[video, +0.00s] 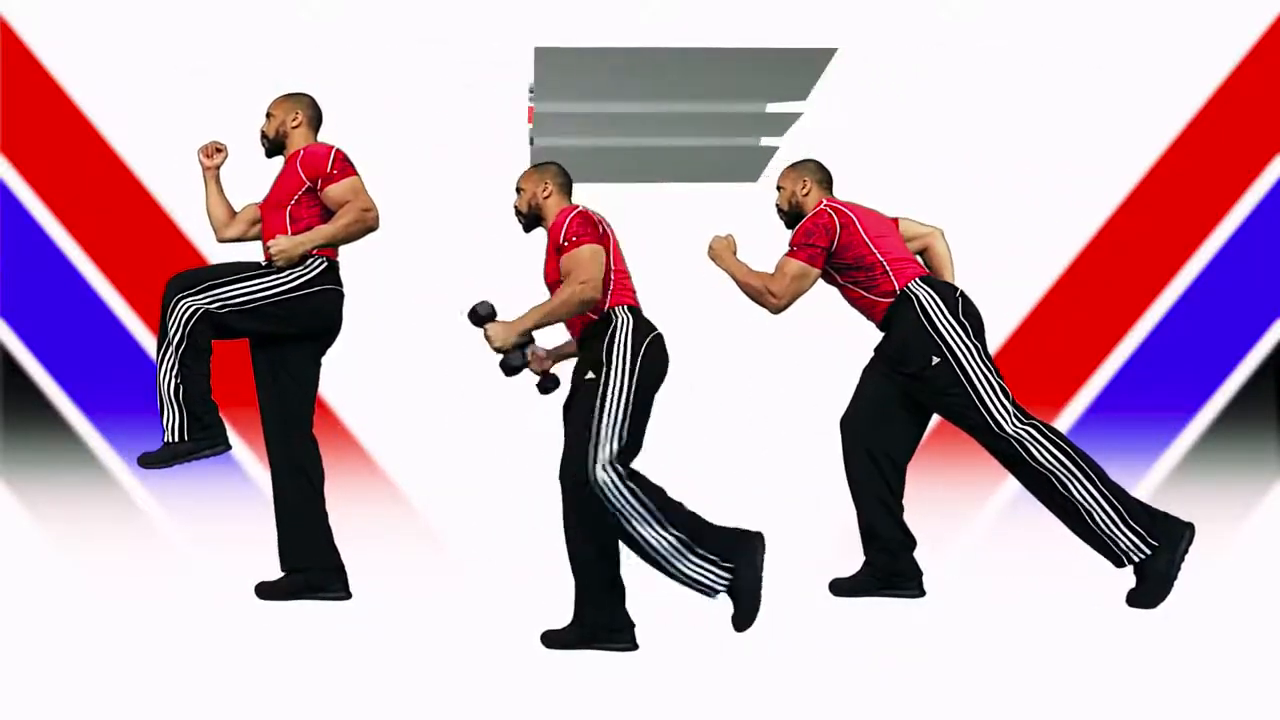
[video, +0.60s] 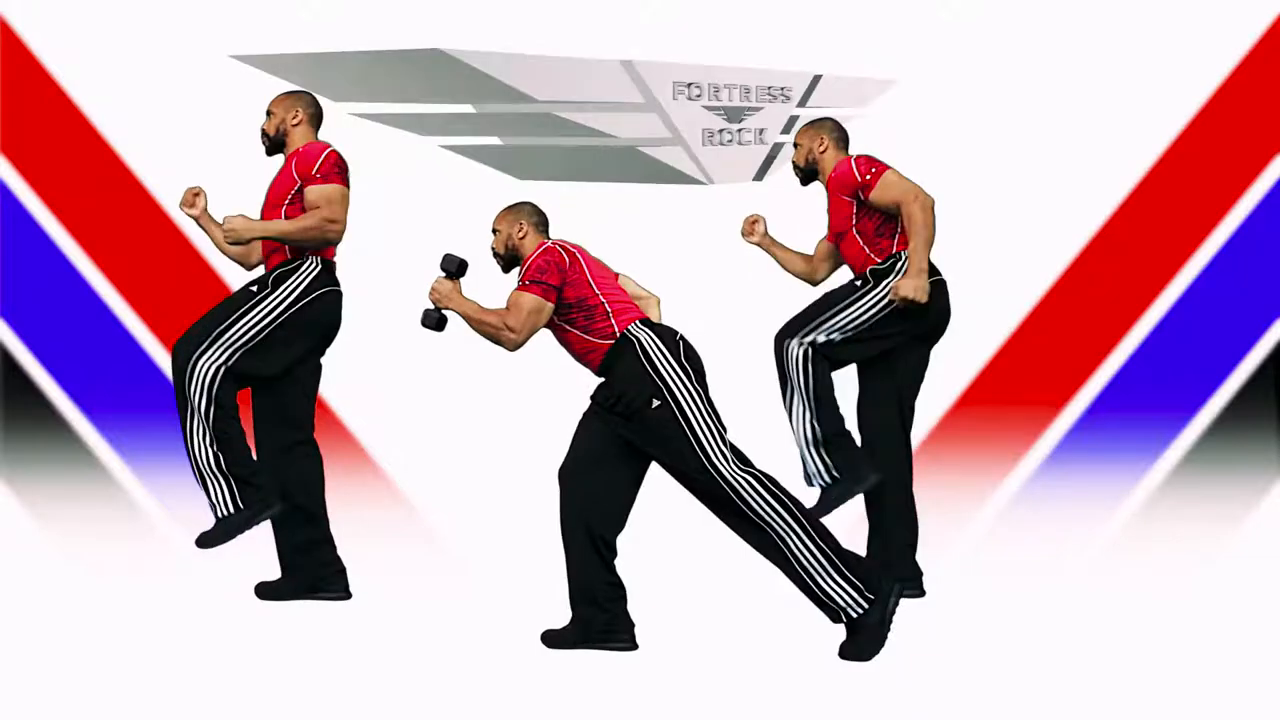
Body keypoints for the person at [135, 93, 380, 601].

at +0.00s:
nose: (262, 126)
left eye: (269, 117)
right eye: (264, 120)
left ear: (295, 117)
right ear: (296, 122)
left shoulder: (321, 156)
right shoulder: (284, 185)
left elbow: (364, 212)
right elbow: (229, 229)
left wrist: (303, 242)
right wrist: (212, 173)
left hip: (306, 278)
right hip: (296, 295)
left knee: (185, 295)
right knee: (288, 438)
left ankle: (195, 429)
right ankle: (317, 572)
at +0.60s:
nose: (263, 123)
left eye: (269, 113)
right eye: (265, 116)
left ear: (296, 114)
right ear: (297, 119)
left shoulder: (319, 156)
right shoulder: (283, 180)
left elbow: (329, 224)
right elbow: (250, 255)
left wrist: (258, 227)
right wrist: (203, 217)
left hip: (302, 283)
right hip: (295, 292)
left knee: (197, 358)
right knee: (285, 437)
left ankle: (238, 495)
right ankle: (315, 572)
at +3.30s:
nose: (261, 127)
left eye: (269, 118)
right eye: (263, 120)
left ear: (296, 121)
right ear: (293, 123)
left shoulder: (316, 155)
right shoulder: (286, 186)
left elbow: (358, 210)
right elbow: (230, 234)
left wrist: (304, 251)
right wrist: (211, 178)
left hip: (299, 283)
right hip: (295, 298)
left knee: (181, 292)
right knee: (288, 439)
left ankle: (183, 426)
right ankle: (316, 570)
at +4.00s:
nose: (259, 118)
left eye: (265, 108)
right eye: (261, 111)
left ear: (291, 108)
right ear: (300, 114)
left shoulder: (303, 148)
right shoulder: (308, 160)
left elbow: (238, 196)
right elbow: (333, 250)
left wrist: (191, 151)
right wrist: (271, 276)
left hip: (294, 286)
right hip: (297, 288)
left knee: (286, 423)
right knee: (288, 425)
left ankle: (308, 579)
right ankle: (325, 571)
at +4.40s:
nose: (257, 109)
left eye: (264, 99)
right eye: (259, 102)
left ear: (288, 101)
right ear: (296, 105)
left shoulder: (302, 142)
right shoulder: (300, 156)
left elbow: (227, 184)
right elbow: (344, 237)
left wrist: (193, 129)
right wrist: (297, 284)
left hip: (297, 284)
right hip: (287, 288)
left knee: (311, 429)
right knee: (290, 433)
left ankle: (325, 581)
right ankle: (305, 573)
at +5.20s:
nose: (260, 113)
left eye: (265, 104)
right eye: (262, 105)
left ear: (289, 105)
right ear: (297, 109)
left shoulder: (307, 146)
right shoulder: (293, 158)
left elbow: (263, 205)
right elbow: (315, 247)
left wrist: (201, 177)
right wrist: (260, 266)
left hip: (298, 284)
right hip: (283, 287)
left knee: (302, 426)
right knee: (282, 430)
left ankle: (324, 577)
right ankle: (304, 570)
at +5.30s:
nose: (261, 114)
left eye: (267, 105)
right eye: (263, 106)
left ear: (290, 108)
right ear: (295, 112)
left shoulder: (310, 149)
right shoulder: (283, 169)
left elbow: (294, 219)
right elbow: (287, 259)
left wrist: (221, 214)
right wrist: (240, 252)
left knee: (278, 417)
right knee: (245, 411)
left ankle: (303, 564)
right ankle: (315, 555)